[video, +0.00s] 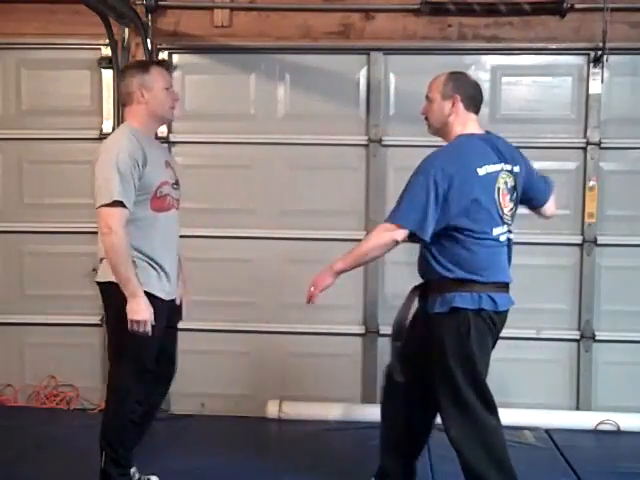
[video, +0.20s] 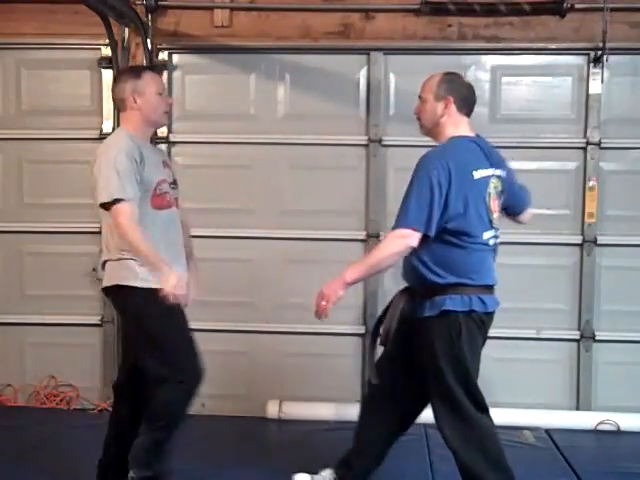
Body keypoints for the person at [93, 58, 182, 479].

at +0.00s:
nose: (176, 96)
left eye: (174, 88)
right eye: (167, 89)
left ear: (149, 96)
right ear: (140, 96)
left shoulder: (158, 146)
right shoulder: (120, 147)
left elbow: (161, 221)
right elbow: (111, 229)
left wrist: (178, 278)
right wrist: (134, 295)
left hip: (160, 287)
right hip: (131, 288)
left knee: (157, 376)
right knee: (130, 380)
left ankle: (121, 462)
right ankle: (116, 468)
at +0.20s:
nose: (169, 101)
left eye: (167, 94)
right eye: (161, 94)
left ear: (139, 100)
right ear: (133, 100)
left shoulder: (152, 151)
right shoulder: (119, 147)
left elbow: (173, 213)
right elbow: (123, 222)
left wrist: (188, 263)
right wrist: (164, 269)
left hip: (154, 282)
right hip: (134, 281)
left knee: (136, 382)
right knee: (183, 371)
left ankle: (112, 471)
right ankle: (145, 465)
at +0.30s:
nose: (170, 102)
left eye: (167, 95)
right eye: (162, 95)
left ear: (142, 102)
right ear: (134, 102)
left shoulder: (158, 152)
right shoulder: (119, 146)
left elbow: (174, 210)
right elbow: (143, 208)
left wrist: (196, 245)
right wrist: (193, 231)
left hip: (160, 276)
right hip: (137, 276)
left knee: (141, 382)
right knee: (200, 358)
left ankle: (113, 471)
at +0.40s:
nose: (171, 104)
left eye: (169, 97)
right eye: (163, 97)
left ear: (143, 103)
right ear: (136, 102)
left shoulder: (160, 153)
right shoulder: (122, 145)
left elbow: (187, 196)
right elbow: (164, 190)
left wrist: (206, 219)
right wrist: (233, 183)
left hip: (163, 275)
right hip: (144, 276)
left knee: (143, 380)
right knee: (222, 343)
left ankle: (113, 469)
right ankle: (278, 438)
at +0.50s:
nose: (177, 105)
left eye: (175, 97)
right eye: (169, 97)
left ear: (143, 104)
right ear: (141, 102)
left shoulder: (145, 145)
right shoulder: (137, 141)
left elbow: (188, 188)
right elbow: (196, 170)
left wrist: (226, 198)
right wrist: (265, 143)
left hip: (156, 272)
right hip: (159, 271)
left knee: (150, 377)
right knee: (243, 335)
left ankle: (115, 470)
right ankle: (311, 425)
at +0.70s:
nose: (207, 111)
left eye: (205, 103)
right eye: (199, 103)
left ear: (171, 110)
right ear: (170, 108)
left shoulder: (159, 153)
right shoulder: (187, 140)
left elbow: (217, 223)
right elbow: (250, 186)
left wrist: (271, 196)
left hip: (163, 286)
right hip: (191, 283)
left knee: (164, 382)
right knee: (256, 371)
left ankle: (118, 470)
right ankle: (316, 466)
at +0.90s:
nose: (255, 113)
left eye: (253, 106)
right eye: (248, 107)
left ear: (218, 112)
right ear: (221, 109)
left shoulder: (208, 154)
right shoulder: (236, 143)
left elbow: (269, 223)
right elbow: (312, 160)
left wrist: (326, 229)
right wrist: (346, 137)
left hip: (203, 298)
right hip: (236, 296)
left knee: (194, 380)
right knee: (279, 400)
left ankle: (131, 462)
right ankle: (301, 470)